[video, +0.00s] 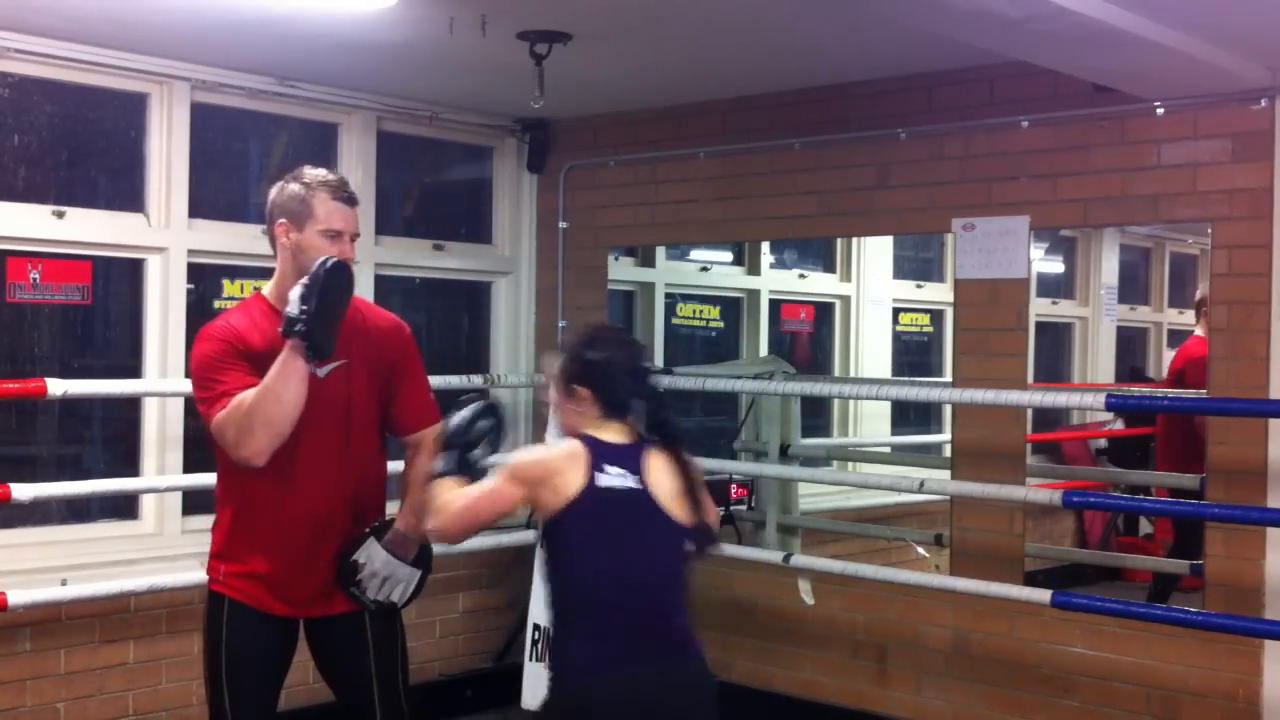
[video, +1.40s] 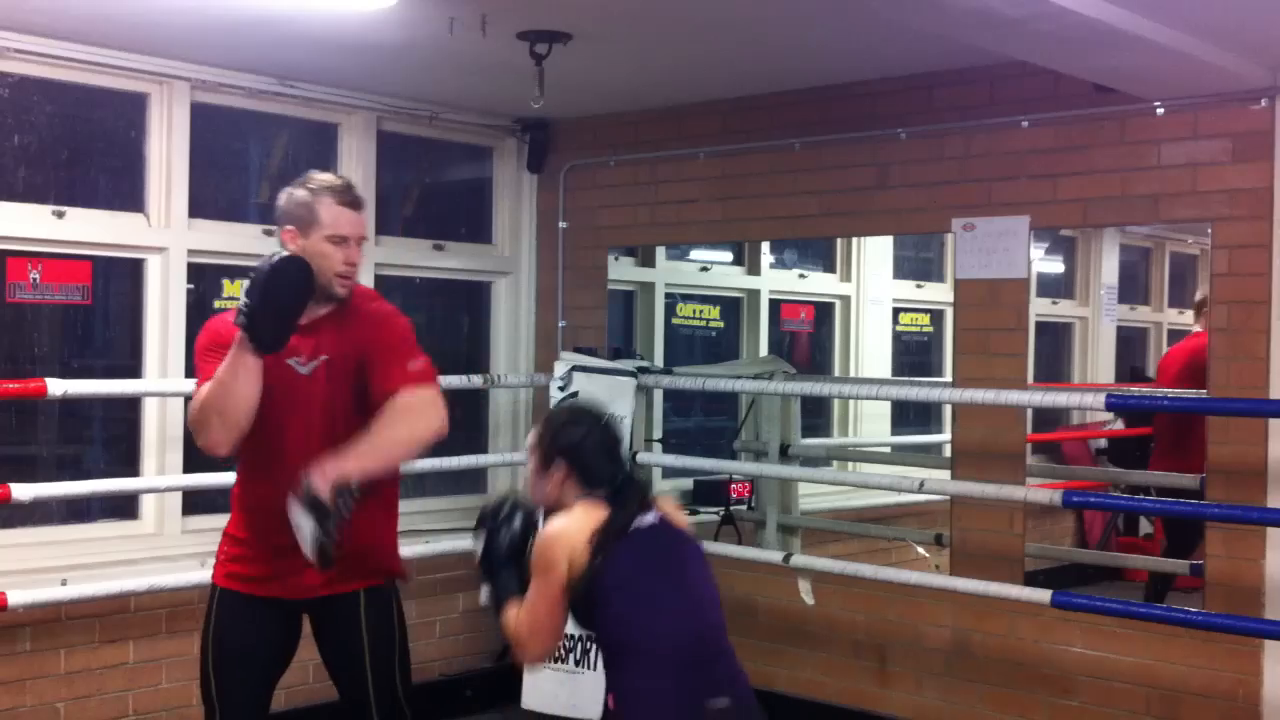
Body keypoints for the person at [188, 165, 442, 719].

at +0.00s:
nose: (347, 253)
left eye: (353, 238)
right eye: (332, 235)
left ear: (358, 241)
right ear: (284, 234)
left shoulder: (384, 334)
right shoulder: (225, 338)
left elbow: (426, 440)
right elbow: (249, 443)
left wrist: (408, 533)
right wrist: (303, 335)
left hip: (355, 581)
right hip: (252, 581)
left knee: (383, 709)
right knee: (238, 712)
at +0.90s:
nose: (410, 264)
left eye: (415, 248)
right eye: (395, 245)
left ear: (418, 250)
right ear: (347, 243)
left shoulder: (412, 350)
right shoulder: (267, 326)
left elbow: (368, 445)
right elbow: (263, 438)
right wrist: (328, 332)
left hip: (356, 580)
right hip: (256, 577)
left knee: (391, 708)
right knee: (238, 712)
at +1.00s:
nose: (409, 261)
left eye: (416, 246)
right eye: (395, 242)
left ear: (421, 249)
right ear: (348, 239)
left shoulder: (433, 349)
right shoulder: (269, 322)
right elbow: (223, 435)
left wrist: (494, 467)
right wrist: (283, 332)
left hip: (363, 583)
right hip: (260, 576)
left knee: (390, 710)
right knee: (235, 711)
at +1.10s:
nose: (399, 265)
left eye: (407, 251)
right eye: (385, 248)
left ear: (413, 254)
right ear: (338, 241)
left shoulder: (436, 346)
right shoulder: (268, 324)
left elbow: (541, 399)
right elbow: (205, 437)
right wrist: (264, 342)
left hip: (363, 583)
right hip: (260, 571)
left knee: (388, 714)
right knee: (228, 710)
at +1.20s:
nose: (392, 272)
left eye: (401, 256)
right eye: (377, 255)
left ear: (409, 255)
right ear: (333, 248)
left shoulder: (431, 336)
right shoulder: (267, 329)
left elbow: (518, 356)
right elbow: (211, 445)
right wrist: (265, 358)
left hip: (365, 576)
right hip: (262, 570)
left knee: (391, 710)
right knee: (226, 710)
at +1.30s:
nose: (378, 268)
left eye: (385, 252)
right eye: (363, 251)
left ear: (391, 249)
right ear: (318, 248)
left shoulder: (396, 319)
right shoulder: (252, 333)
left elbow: (468, 369)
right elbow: (219, 447)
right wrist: (266, 353)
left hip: (362, 565)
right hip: (262, 563)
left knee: (389, 707)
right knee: (228, 707)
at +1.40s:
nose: (353, 259)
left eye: (359, 243)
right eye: (337, 242)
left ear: (365, 242)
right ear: (291, 240)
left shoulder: (375, 320)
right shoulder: (231, 330)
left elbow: (425, 413)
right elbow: (215, 437)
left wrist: (337, 469)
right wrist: (256, 336)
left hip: (357, 568)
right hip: (255, 567)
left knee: (381, 707)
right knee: (229, 709)